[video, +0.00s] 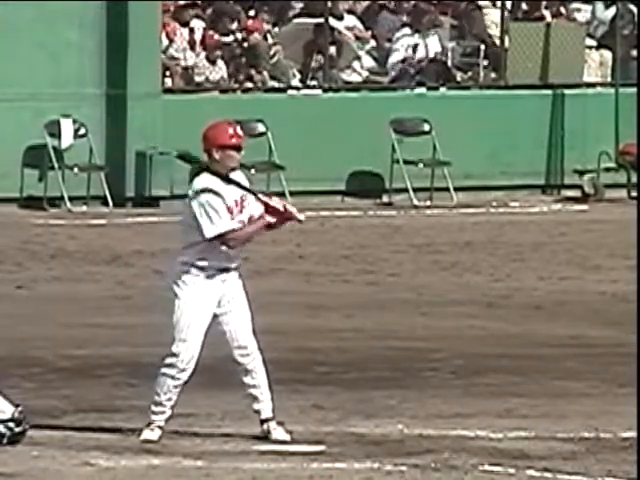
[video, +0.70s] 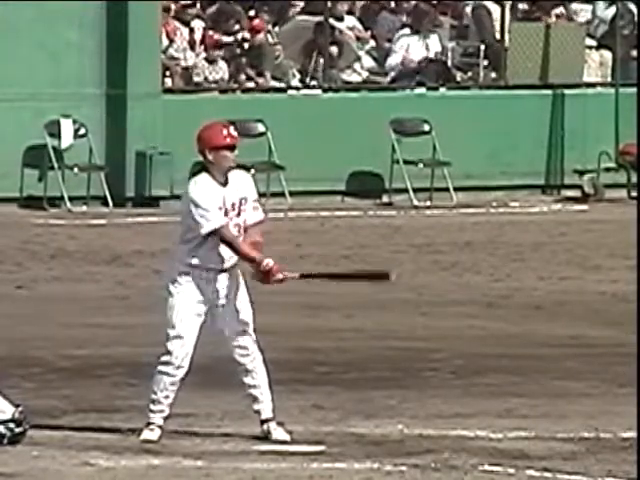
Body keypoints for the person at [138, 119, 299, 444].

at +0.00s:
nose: (238, 155)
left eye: (239, 148)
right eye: (232, 149)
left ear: (230, 152)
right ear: (214, 153)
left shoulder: (237, 178)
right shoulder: (204, 189)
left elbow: (251, 210)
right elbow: (231, 240)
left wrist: (276, 213)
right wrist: (265, 221)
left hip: (229, 276)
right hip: (197, 279)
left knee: (247, 350)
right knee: (184, 355)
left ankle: (268, 420)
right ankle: (156, 422)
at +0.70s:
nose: (233, 154)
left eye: (233, 148)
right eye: (226, 149)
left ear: (232, 151)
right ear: (208, 155)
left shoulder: (242, 179)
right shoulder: (198, 189)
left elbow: (256, 224)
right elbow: (224, 235)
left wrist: (249, 251)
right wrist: (262, 263)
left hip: (229, 276)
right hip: (192, 278)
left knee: (246, 349)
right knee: (177, 352)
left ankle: (268, 421)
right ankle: (154, 421)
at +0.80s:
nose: (226, 155)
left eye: (227, 148)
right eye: (219, 150)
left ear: (227, 151)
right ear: (201, 155)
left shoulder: (239, 180)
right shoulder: (188, 190)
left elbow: (243, 232)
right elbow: (203, 240)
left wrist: (230, 269)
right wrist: (231, 277)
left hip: (225, 278)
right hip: (187, 279)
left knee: (246, 349)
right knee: (175, 352)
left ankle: (268, 421)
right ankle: (154, 421)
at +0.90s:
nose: (221, 152)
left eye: (221, 147)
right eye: (213, 148)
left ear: (223, 149)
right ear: (196, 154)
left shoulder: (237, 183)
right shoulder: (179, 190)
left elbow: (233, 233)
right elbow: (182, 240)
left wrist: (215, 272)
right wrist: (196, 279)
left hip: (224, 273)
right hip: (186, 275)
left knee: (243, 349)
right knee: (172, 354)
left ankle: (267, 420)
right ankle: (154, 421)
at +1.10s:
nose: (218, 151)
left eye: (218, 145)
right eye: (210, 146)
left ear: (219, 148)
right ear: (192, 150)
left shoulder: (230, 184)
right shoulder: (168, 185)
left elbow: (216, 232)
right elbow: (157, 227)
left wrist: (183, 262)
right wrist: (159, 257)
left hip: (218, 276)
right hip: (180, 278)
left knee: (239, 350)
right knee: (168, 357)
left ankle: (267, 420)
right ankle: (154, 421)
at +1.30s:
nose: (219, 150)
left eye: (220, 145)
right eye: (212, 146)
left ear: (219, 147)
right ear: (193, 149)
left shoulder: (229, 180)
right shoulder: (167, 182)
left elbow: (208, 221)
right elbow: (156, 229)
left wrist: (163, 218)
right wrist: (143, 218)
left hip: (218, 275)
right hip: (178, 277)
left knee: (239, 350)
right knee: (168, 357)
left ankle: (267, 420)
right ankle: (154, 422)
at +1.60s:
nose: (223, 149)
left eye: (224, 143)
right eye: (216, 144)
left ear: (223, 146)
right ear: (197, 148)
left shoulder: (236, 179)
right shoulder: (175, 181)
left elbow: (235, 222)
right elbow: (161, 232)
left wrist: (203, 205)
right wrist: (177, 207)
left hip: (224, 274)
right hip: (185, 276)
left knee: (243, 351)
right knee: (172, 357)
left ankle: (267, 421)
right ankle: (155, 421)